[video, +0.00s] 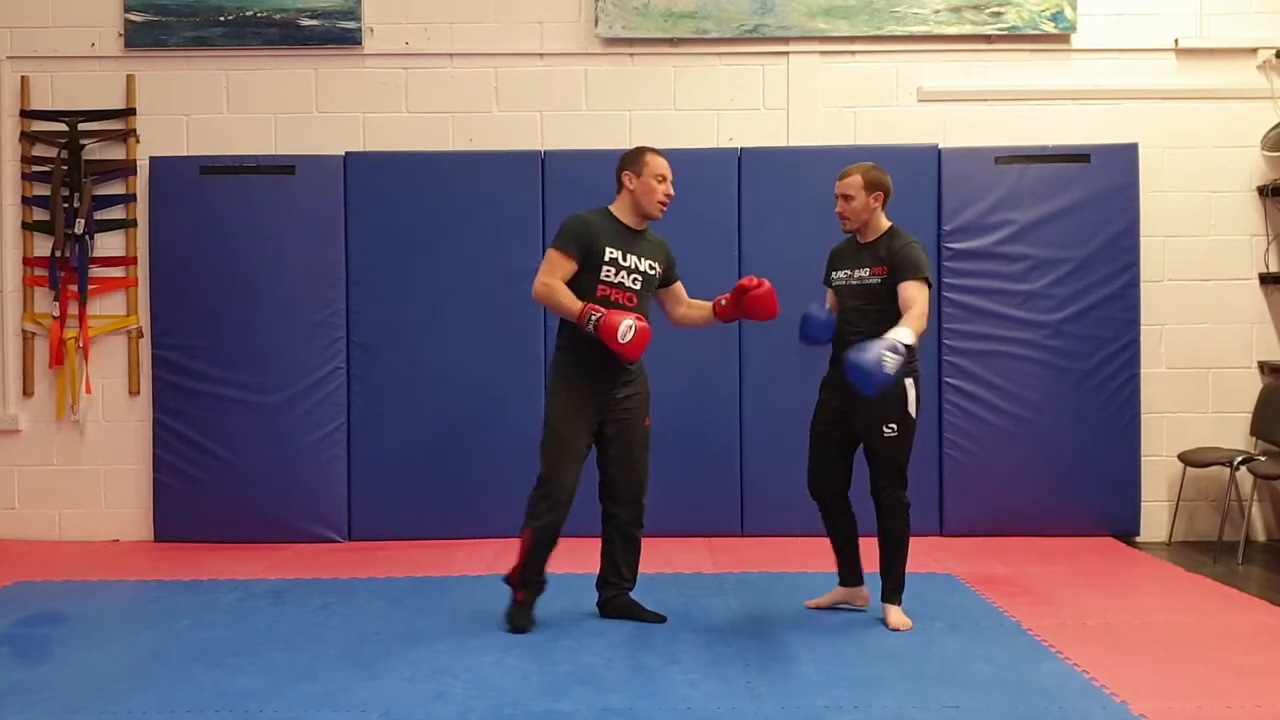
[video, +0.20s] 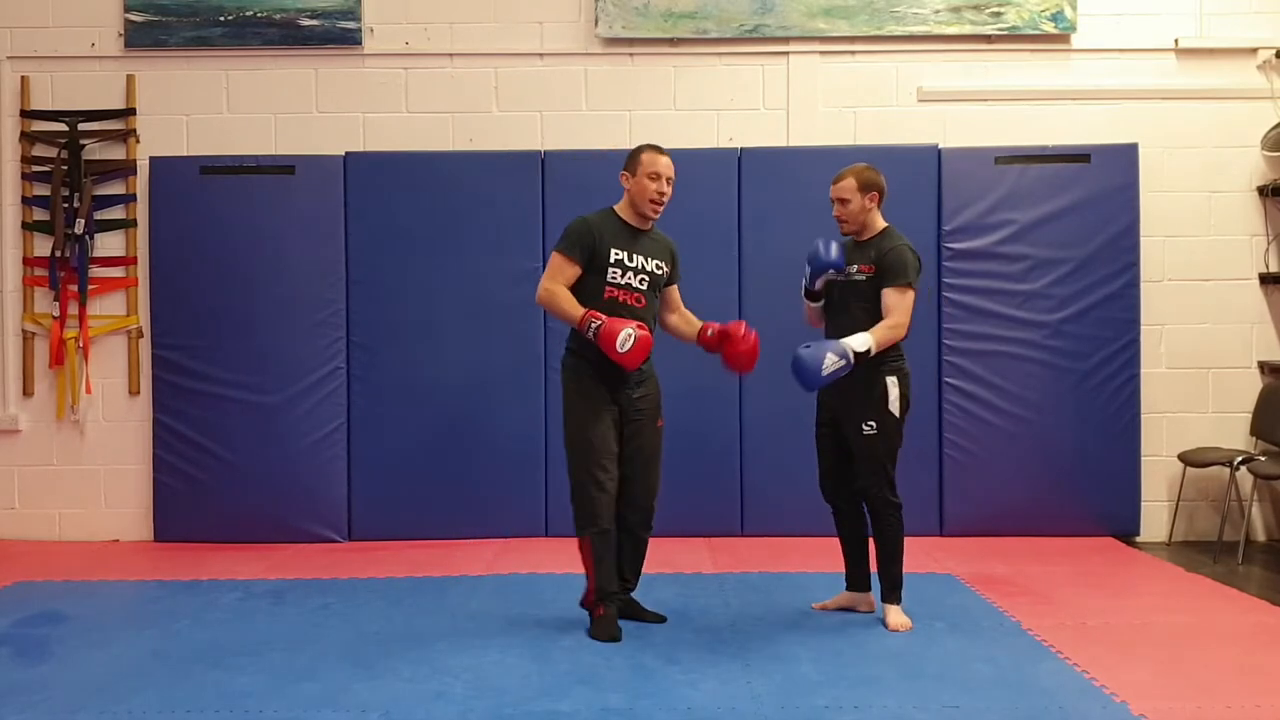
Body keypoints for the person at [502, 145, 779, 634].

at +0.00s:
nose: (668, 190)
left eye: (670, 182)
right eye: (659, 179)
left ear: (660, 188)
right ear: (629, 181)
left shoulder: (659, 251)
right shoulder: (584, 228)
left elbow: (681, 310)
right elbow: (544, 287)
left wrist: (727, 307)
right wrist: (595, 318)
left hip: (628, 384)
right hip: (576, 379)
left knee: (627, 492)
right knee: (557, 487)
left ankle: (615, 594)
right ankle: (524, 592)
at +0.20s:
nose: (663, 189)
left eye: (669, 181)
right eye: (654, 178)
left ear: (671, 188)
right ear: (627, 180)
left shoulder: (663, 249)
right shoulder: (589, 230)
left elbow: (672, 313)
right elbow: (548, 291)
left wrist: (711, 335)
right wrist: (598, 325)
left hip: (641, 379)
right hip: (590, 377)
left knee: (640, 486)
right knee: (598, 484)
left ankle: (622, 593)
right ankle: (600, 603)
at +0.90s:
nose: (712, 190)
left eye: (713, 181)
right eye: (702, 180)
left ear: (706, 188)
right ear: (671, 183)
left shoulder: (705, 246)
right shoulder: (636, 241)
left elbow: (711, 306)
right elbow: (614, 310)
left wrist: (735, 309)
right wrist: (674, 332)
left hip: (705, 390)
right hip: (654, 390)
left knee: (717, 495)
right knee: (632, 498)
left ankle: (693, 595)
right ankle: (607, 605)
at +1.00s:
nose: (731, 193)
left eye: (732, 184)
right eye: (723, 182)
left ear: (704, 186)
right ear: (692, 183)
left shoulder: (708, 246)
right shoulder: (663, 237)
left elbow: (704, 312)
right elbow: (663, 302)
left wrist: (745, 328)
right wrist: (725, 321)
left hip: (712, 386)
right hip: (670, 384)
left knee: (719, 493)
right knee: (660, 492)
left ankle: (693, 595)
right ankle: (620, 599)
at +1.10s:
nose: (746, 192)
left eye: (746, 183)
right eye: (738, 181)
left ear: (714, 184)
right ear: (707, 181)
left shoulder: (711, 240)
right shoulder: (685, 231)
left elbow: (701, 316)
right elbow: (725, 285)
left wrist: (737, 355)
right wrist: (795, 298)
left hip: (717, 382)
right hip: (680, 380)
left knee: (722, 491)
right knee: (691, 489)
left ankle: (693, 595)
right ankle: (648, 596)